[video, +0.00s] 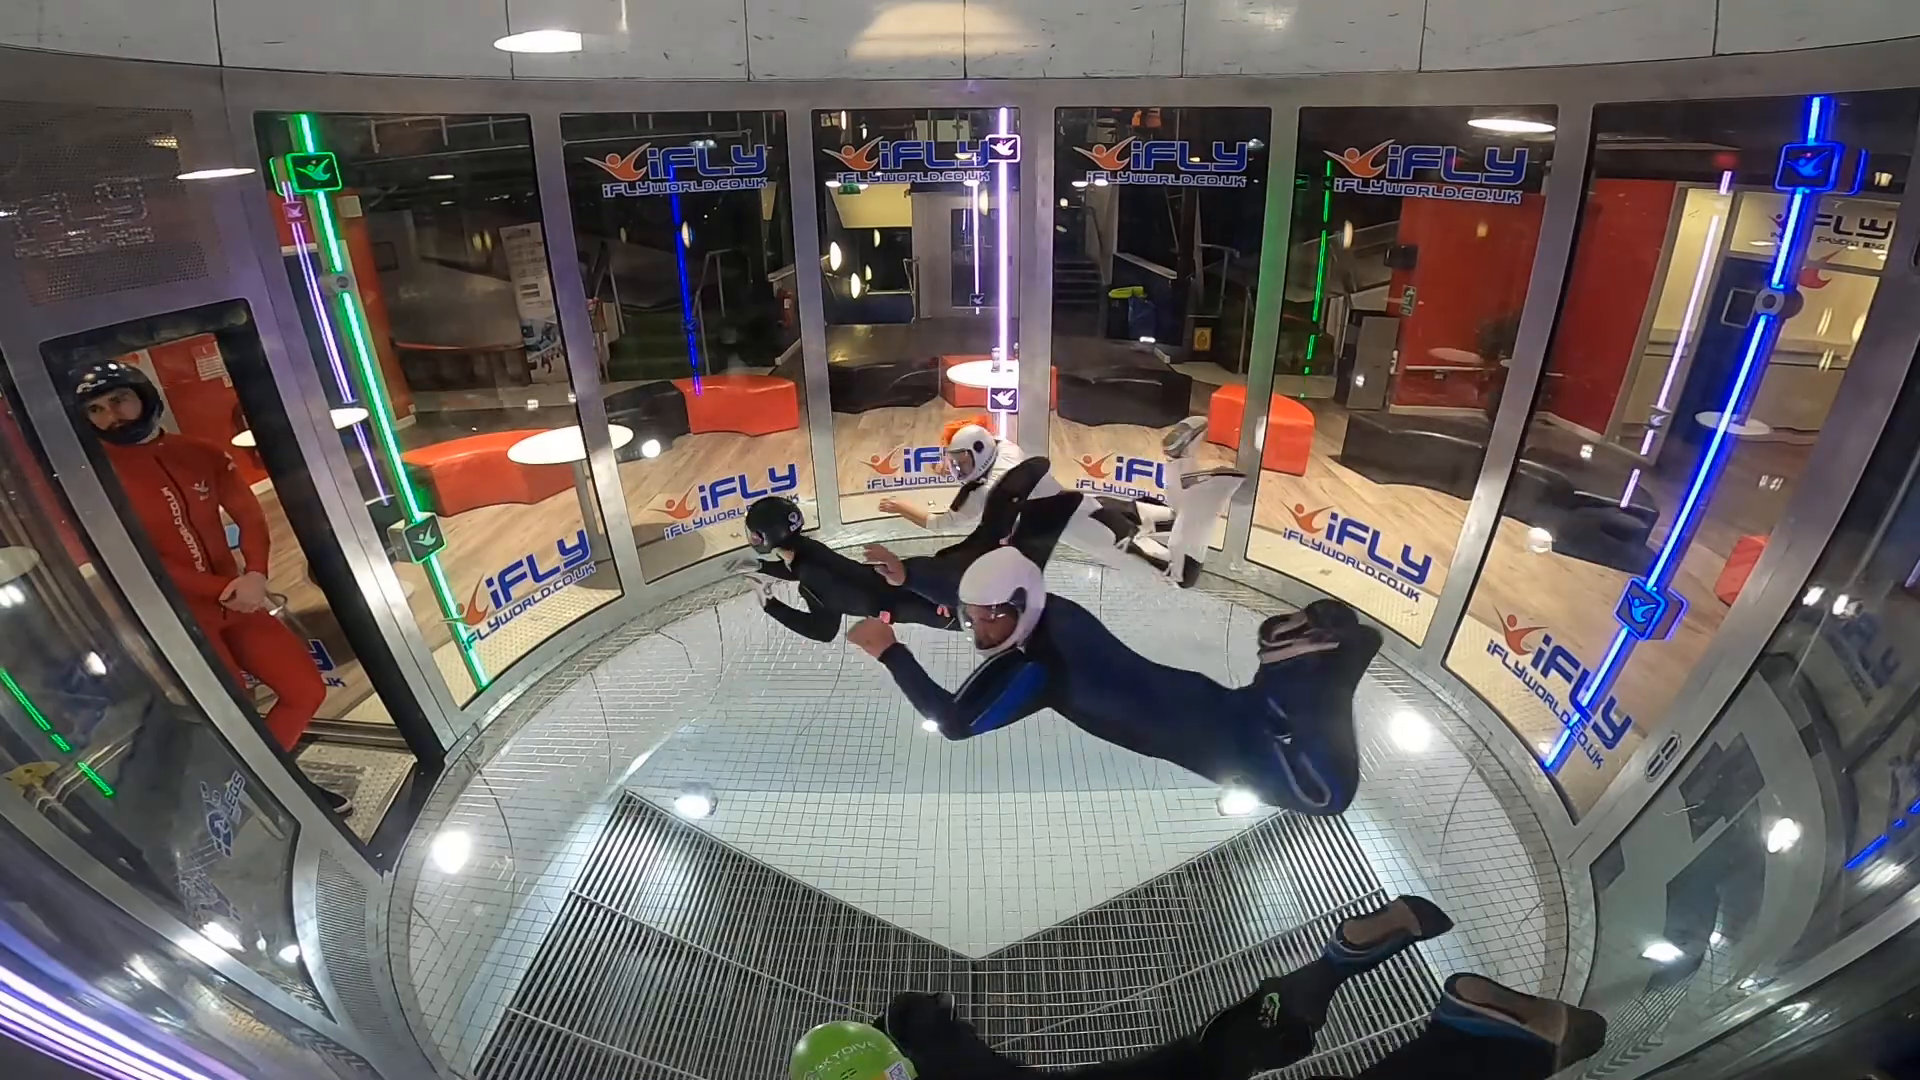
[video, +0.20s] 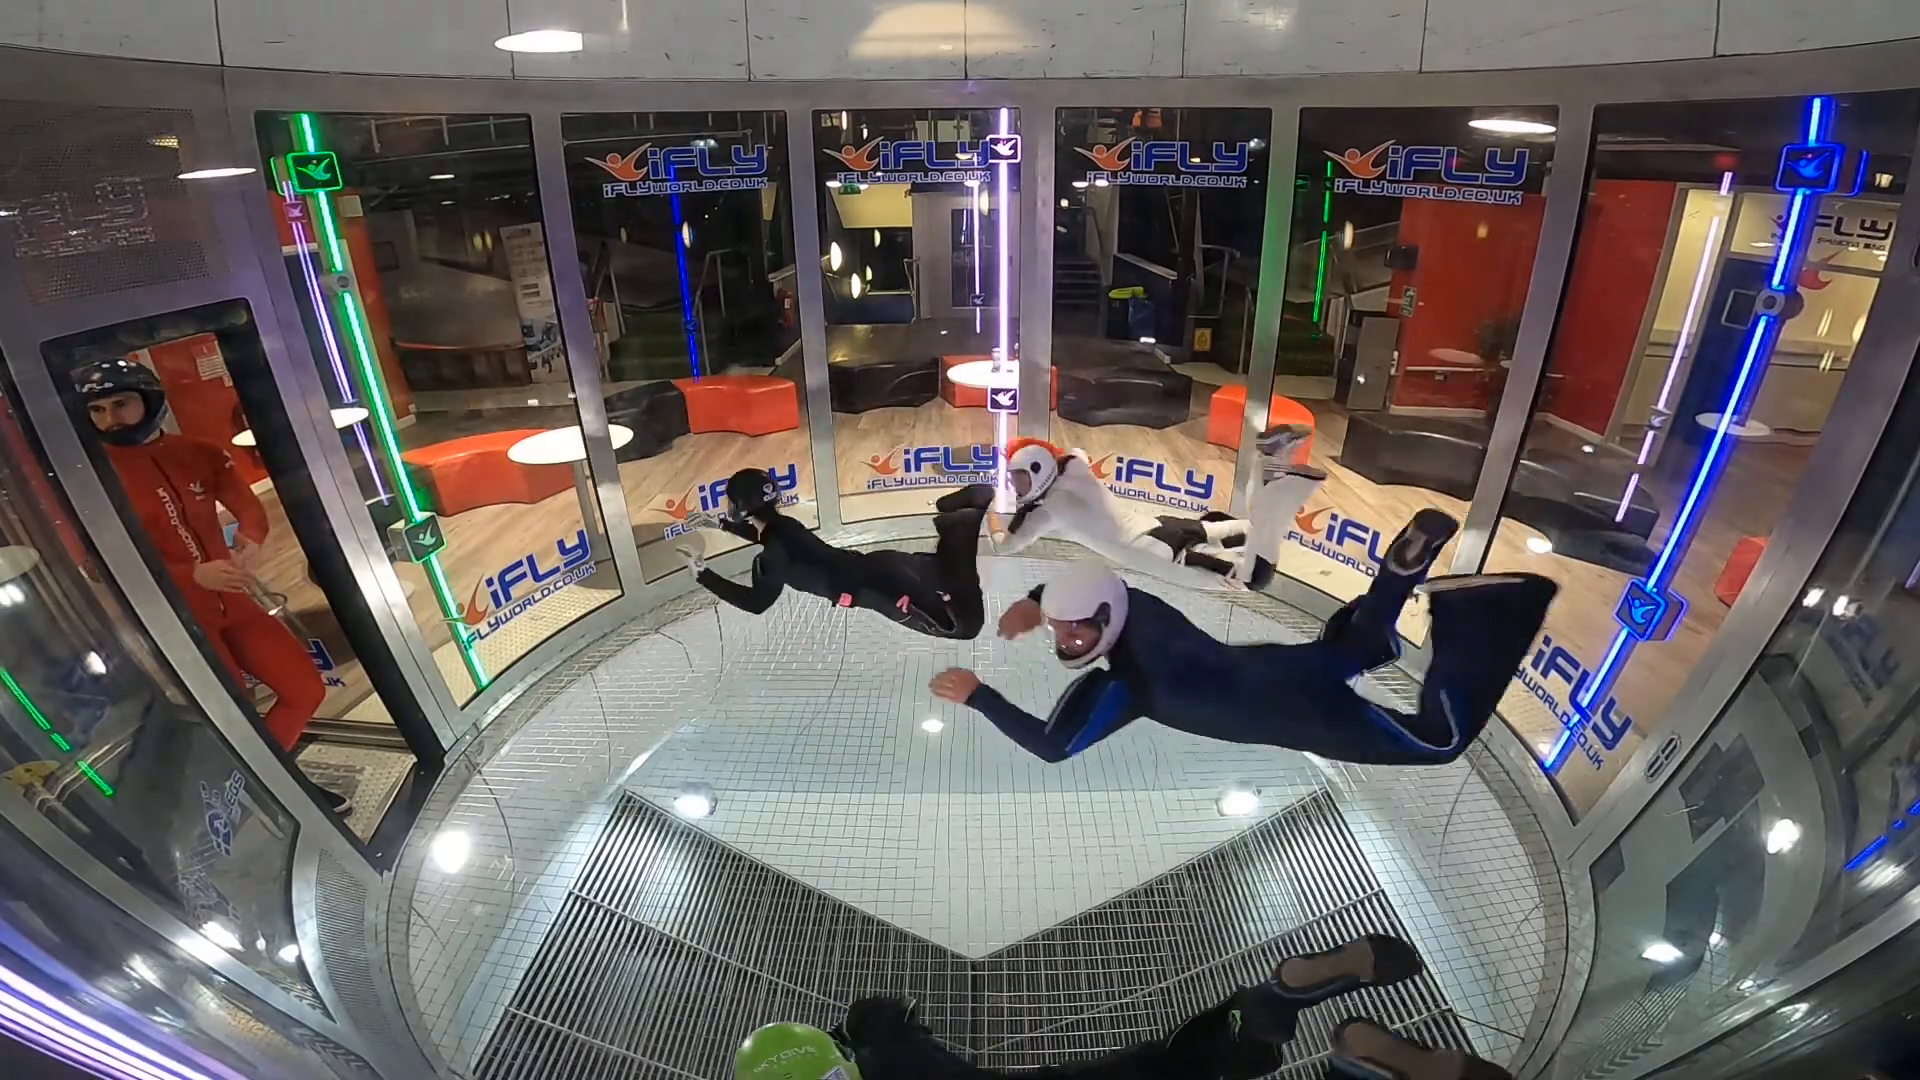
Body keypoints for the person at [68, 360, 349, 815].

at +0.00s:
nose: (115, 416)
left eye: (120, 400)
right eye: (98, 410)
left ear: (142, 398)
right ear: (86, 422)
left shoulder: (198, 454)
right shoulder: (97, 477)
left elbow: (250, 515)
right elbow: (135, 568)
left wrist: (254, 575)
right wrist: (225, 589)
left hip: (236, 603)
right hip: (185, 621)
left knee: (306, 690)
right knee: (238, 714)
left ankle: (245, 782)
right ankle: (292, 792)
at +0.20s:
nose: (112, 420)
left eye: (122, 404)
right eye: (98, 410)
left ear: (146, 402)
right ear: (85, 415)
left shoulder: (192, 455)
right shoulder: (93, 476)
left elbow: (252, 511)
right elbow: (111, 566)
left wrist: (250, 543)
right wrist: (192, 573)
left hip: (234, 603)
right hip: (181, 621)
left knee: (306, 689)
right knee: (238, 712)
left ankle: (242, 783)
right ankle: (292, 791)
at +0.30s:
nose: (116, 423)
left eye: (127, 407)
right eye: (101, 411)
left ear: (151, 405)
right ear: (86, 417)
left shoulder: (194, 454)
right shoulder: (90, 476)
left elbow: (254, 509)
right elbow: (93, 558)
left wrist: (238, 517)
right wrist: (161, 548)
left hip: (233, 606)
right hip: (182, 628)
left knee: (305, 689)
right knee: (237, 711)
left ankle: (247, 780)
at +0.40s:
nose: (119, 424)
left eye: (131, 409)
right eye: (105, 412)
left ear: (155, 408)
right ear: (91, 416)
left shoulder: (190, 454)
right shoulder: (91, 475)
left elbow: (246, 503)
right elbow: (99, 558)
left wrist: (201, 500)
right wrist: (167, 531)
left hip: (231, 607)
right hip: (181, 628)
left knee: (305, 688)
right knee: (239, 715)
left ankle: (244, 782)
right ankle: (290, 790)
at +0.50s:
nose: (118, 423)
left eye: (131, 409)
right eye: (104, 411)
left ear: (157, 410)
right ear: (90, 415)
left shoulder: (188, 452)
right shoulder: (92, 473)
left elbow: (242, 497)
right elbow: (96, 557)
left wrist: (191, 484)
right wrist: (150, 517)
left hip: (231, 606)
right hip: (182, 628)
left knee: (304, 688)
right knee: (240, 716)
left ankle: (243, 782)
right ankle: (293, 791)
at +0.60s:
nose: (117, 423)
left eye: (131, 409)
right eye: (105, 410)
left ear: (158, 411)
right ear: (91, 413)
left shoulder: (182, 452)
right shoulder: (88, 472)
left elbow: (238, 493)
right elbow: (89, 554)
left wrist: (184, 480)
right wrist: (149, 511)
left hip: (230, 607)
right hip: (180, 628)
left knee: (304, 688)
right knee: (240, 717)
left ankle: (244, 781)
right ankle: (294, 792)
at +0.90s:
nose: (118, 425)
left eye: (132, 412)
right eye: (106, 412)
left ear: (157, 413)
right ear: (91, 415)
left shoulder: (184, 453)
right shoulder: (85, 474)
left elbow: (242, 496)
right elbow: (72, 544)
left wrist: (193, 493)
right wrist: (110, 495)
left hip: (225, 608)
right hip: (173, 631)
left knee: (302, 688)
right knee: (236, 714)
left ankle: (242, 781)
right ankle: (293, 791)